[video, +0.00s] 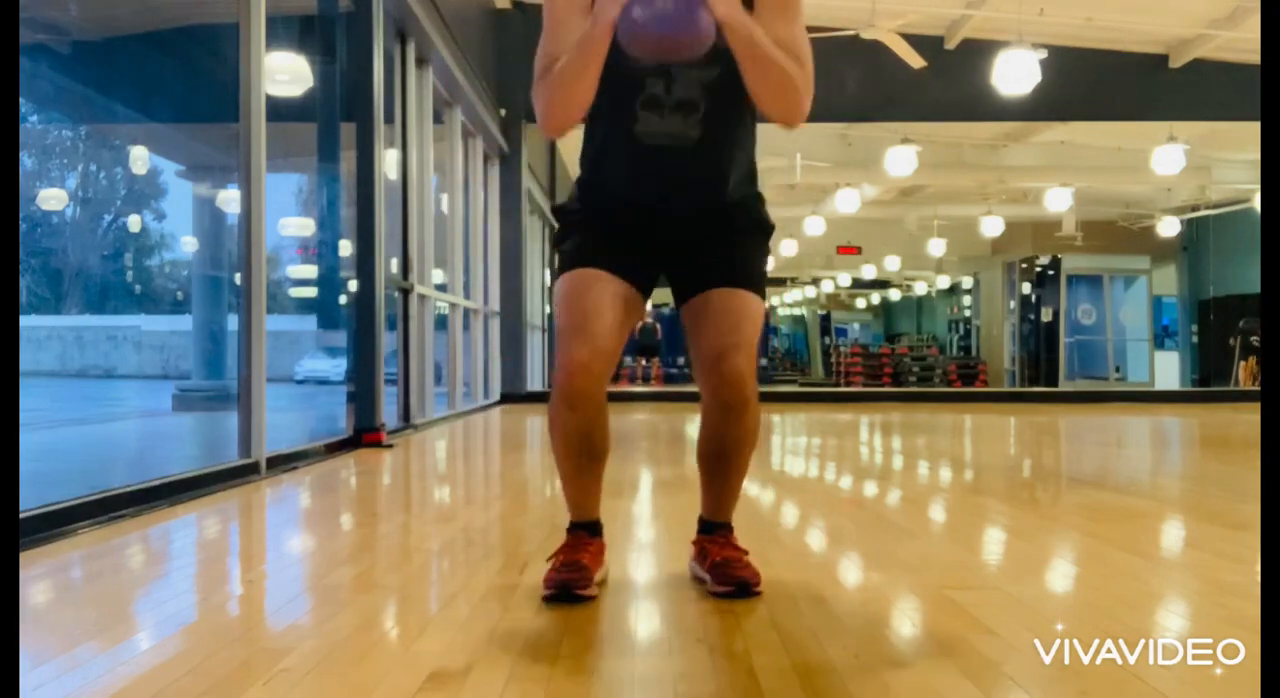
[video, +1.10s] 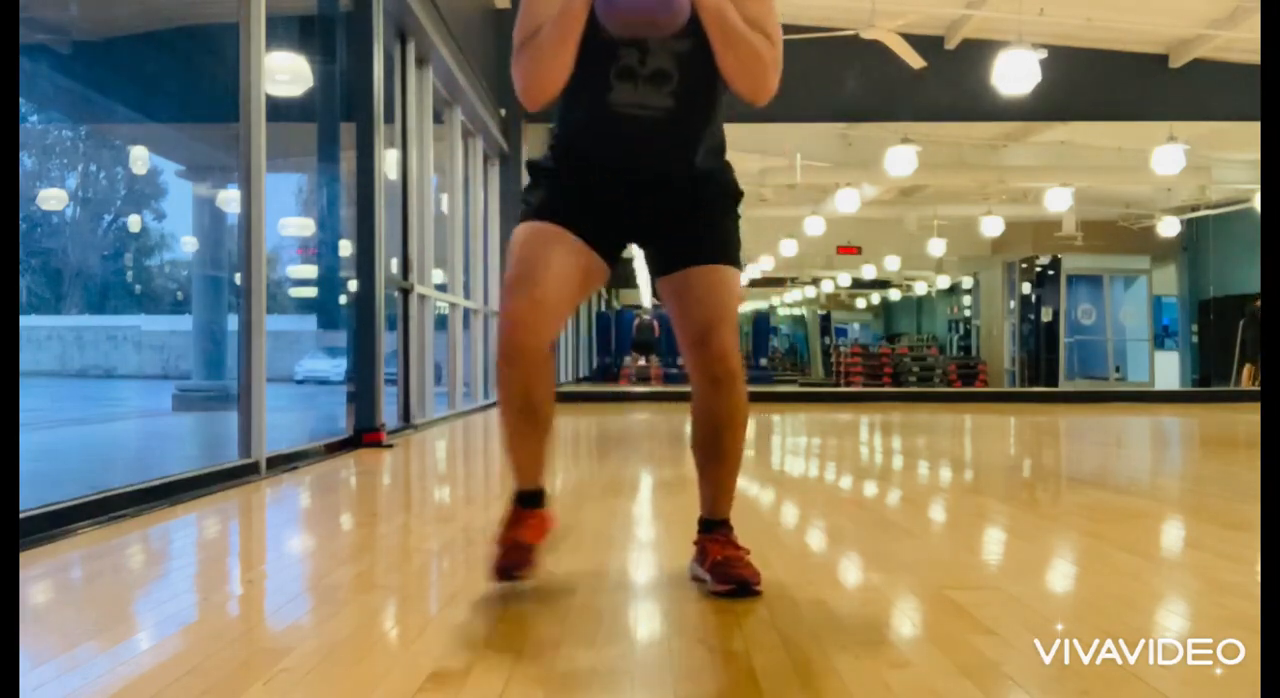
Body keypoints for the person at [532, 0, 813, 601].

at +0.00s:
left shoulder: (765, 3)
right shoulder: (577, 3)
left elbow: (791, 105)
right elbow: (554, 116)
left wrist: (727, 12)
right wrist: (605, 16)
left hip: (720, 213)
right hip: (612, 210)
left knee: (732, 380)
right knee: (577, 369)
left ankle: (716, 537)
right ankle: (582, 536)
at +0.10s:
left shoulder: (756, 21)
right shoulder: (574, 23)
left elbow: (781, 156)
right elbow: (546, 164)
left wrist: (719, 60)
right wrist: (600, 66)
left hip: (710, 243)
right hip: (606, 240)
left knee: (731, 390)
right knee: (574, 380)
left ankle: (715, 538)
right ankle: (581, 538)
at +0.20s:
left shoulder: (750, 71)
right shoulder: (569, 69)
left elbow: (773, 206)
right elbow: (541, 210)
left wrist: (713, 115)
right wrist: (592, 121)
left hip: (703, 277)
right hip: (601, 274)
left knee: (727, 394)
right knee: (572, 390)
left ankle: (715, 538)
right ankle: (581, 540)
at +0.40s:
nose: (655, 34)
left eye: (674, 19)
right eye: (638, 16)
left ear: (700, 43)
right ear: (612, 36)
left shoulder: (741, 146)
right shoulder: (564, 146)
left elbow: (766, 284)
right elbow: (536, 288)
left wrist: (710, 207)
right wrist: (584, 209)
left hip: (698, 335)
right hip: (595, 334)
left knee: (725, 402)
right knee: (563, 399)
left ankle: (714, 538)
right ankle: (581, 539)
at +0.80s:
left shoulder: (742, 91)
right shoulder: (563, 90)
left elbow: (764, 232)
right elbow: (535, 237)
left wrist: (713, 152)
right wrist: (588, 150)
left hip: (700, 288)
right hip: (595, 287)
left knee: (737, 392)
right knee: (575, 395)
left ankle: (715, 538)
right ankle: (584, 538)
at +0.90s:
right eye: (642, 18)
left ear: (696, 4)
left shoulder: (742, 38)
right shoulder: (563, 37)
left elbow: (764, 178)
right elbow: (535, 182)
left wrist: (711, 92)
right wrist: (588, 93)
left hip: (698, 250)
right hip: (595, 249)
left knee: (735, 383)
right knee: (577, 382)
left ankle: (716, 537)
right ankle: (585, 537)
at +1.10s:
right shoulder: (557, 0)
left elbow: (760, 84)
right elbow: (533, 89)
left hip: (690, 184)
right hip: (582, 177)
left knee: (718, 355)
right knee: (521, 320)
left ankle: (716, 534)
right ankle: (528, 502)